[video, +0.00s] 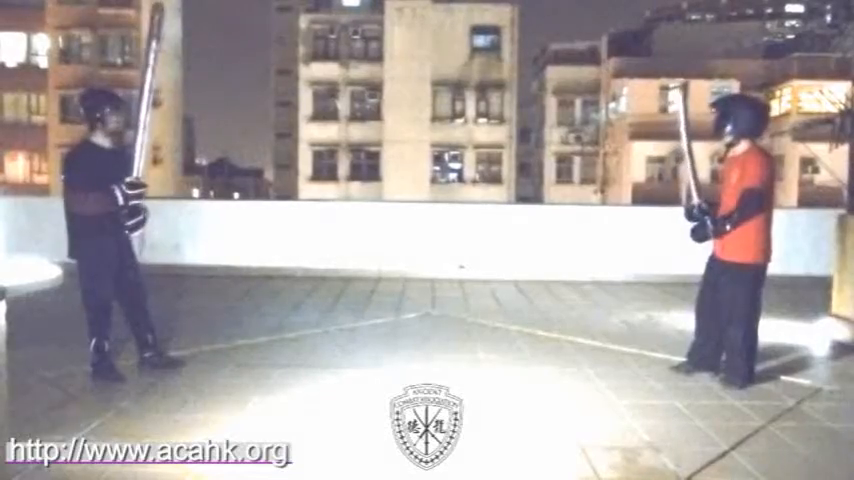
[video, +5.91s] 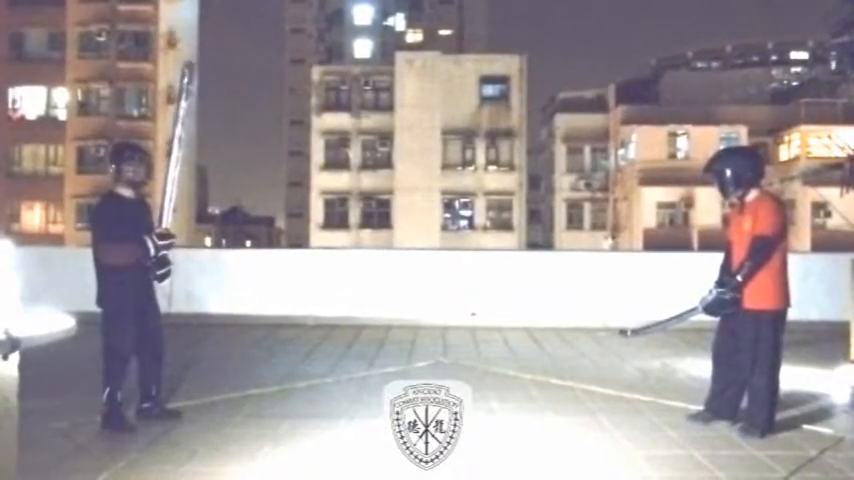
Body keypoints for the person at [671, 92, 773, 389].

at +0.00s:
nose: (720, 125)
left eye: (725, 119)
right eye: (721, 119)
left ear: (739, 123)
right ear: (738, 123)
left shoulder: (756, 159)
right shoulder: (731, 158)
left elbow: (753, 202)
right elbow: (729, 202)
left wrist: (721, 226)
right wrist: (708, 211)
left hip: (747, 254)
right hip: (724, 250)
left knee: (739, 314)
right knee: (709, 307)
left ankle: (738, 371)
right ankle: (703, 358)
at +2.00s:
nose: (714, 127)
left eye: (719, 121)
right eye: (715, 121)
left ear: (733, 126)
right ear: (731, 126)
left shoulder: (752, 162)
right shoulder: (723, 160)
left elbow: (746, 206)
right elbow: (719, 201)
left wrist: (714, 230)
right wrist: (701, 216)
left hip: (743, 254)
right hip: (719, 250)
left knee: (736, 315)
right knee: (707, 308)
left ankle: (736, 371)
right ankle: (701, 359)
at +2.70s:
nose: (719, 150)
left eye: (724, 143)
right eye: (719, 143)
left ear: (740, 145)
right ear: (726, 146)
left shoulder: (756, 182)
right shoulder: (727, 183)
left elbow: (753, 224)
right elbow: (719, 225)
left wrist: (725, 257)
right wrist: (703, 254)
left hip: (749, 276)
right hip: (724, 272)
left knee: (744, 336)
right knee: (715, 329)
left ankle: (744, 393)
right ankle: (708, 382)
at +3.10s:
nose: (706, 192)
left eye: (710, 185)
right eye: (705, 186)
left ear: (727, 182)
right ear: (711, 185)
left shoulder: (754, 212)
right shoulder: (719, 218)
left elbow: (746, 255)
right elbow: (717, 259)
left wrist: (721, 288)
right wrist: (710, 291)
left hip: (756, 306)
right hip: (729, 304)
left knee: (753, 367)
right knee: (717, 361)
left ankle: (749, 422)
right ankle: (709, 411)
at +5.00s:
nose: (719, 189)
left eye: (722, 181)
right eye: (718, 182)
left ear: (738, 178)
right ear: (733, 181)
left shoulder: (766, 208)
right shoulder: (736, 212)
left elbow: (760, 249)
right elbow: (731, 255)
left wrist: (733, 285)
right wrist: (720, 286)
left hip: (764, 302)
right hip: (739, 300)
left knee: (761, 363)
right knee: (727, 356)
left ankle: (758, 420)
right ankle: (719, 408)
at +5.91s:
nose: (719, 186)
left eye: (722, 179)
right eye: (718, 180)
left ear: (738, 177)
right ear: (735, 179)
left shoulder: (768, 206)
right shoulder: (735, 211)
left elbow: (761, 249)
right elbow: (731, 253)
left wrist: (735, 285)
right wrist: (721, 285)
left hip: (766, 300)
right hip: (740, 298)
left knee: (762, 362)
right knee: (727, 353)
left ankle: (758, 420)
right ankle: (720, 407)